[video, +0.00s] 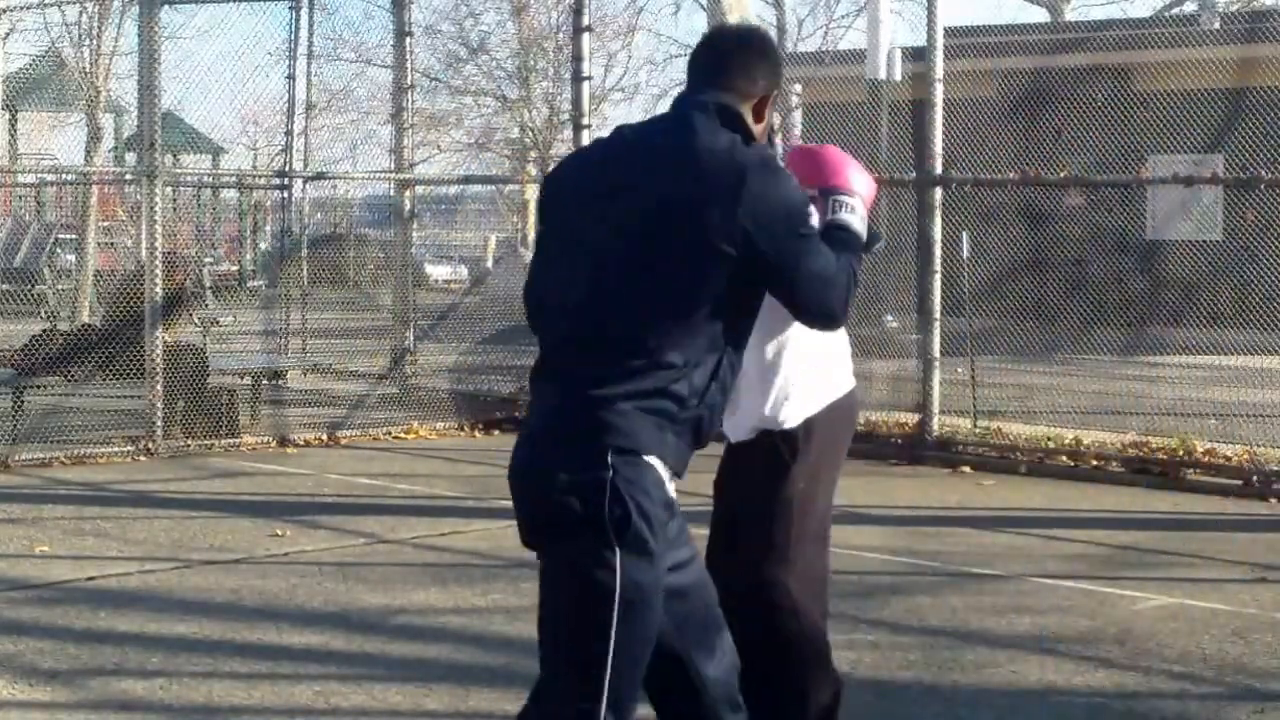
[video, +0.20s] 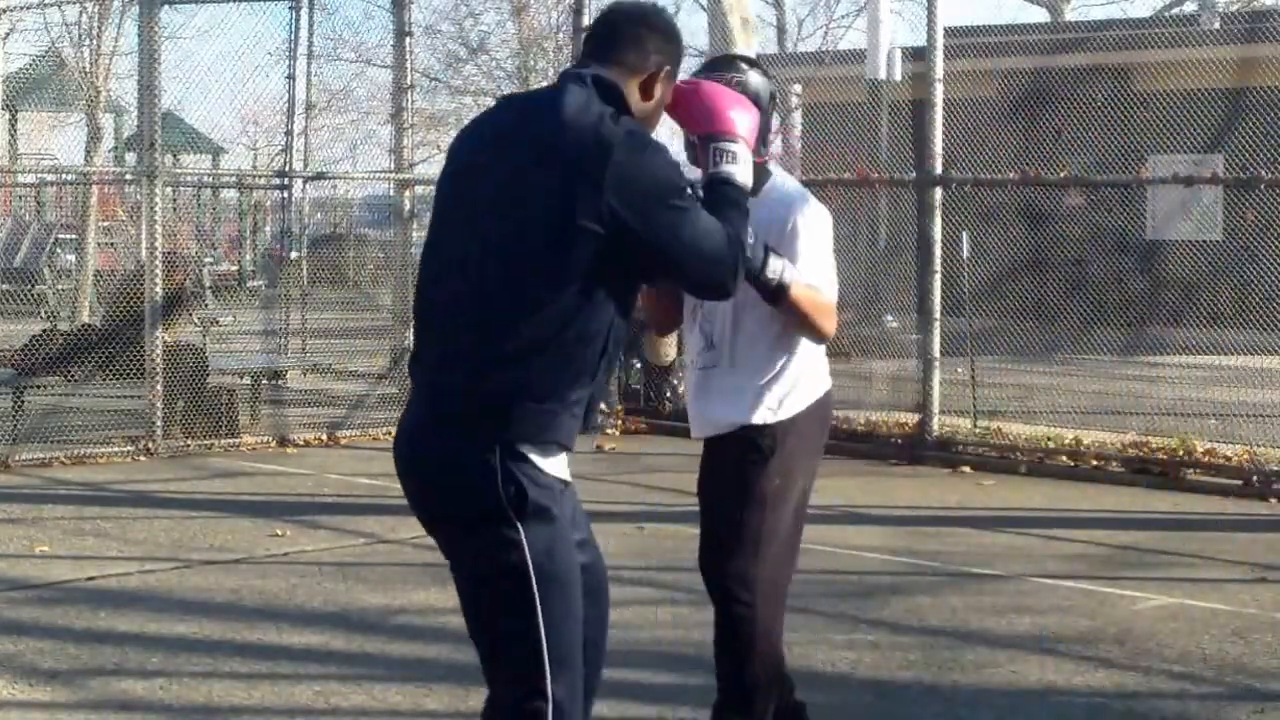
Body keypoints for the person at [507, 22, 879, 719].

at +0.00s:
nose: (773, 124)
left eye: (772, 112)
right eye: (776, 110)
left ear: (690, 87)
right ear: (763, 105)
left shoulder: (579, 166)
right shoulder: (744, 172)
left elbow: (543, 303)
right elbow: (826, 299)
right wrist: (848, 217)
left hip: (552, 447)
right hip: (623, 463)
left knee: (703, 676)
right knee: (587, 696)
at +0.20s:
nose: (665, 108)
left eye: (666, 95)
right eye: (669, 93)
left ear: (586, 58)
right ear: (654, 79)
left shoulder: (488, 128)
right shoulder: (611, 144)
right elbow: (716, 264)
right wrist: (729, 167)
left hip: (443, 438)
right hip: (508, 457)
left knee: (584, 602)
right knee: (543, 692)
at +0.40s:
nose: (570, 122)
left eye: (572, 110)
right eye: (573, 107)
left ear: (493, 78)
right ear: (557, 94)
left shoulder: (407, 143)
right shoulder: (533, 154)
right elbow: (632, 267)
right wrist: (632, 170)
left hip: (349, 435)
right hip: (426, 446)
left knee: (430, 652)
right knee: (495, 683)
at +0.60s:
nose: (499, 110)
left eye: (498, 101)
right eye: (500, 99)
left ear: (416, 75)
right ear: (484, 89)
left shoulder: (327, 142)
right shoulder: (483, 146)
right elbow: (560, 270)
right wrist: (565, 173)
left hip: (293, 430)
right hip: (381, 438)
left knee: (386, 667)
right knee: (444, 681)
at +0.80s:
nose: (453, 123)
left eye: (459, 109)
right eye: (458, 106)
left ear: (377, 61)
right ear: (438, 80)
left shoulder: (278, 129)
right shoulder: (403, 140)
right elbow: (508, 274)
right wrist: (525, 158)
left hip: (245, 445)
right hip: (318, 456)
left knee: (309, 690)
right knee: (356, 701)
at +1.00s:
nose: (448, 117)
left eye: (456, 100)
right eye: (454, 96)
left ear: (376, 52)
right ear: (429, 71)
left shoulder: (284, 112)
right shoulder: (379, 134)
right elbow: (491, 265)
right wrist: (517, 151)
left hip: (229, 433)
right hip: (287, 448)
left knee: (297, 688)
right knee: (319, 695)